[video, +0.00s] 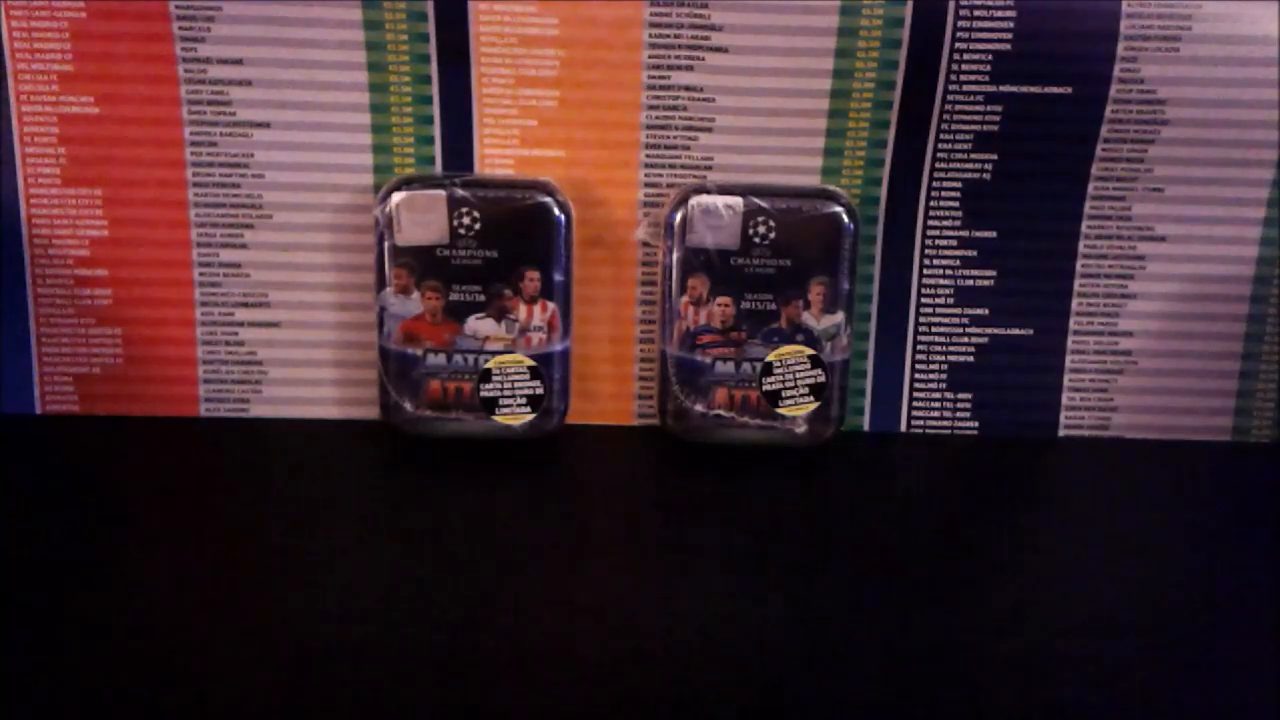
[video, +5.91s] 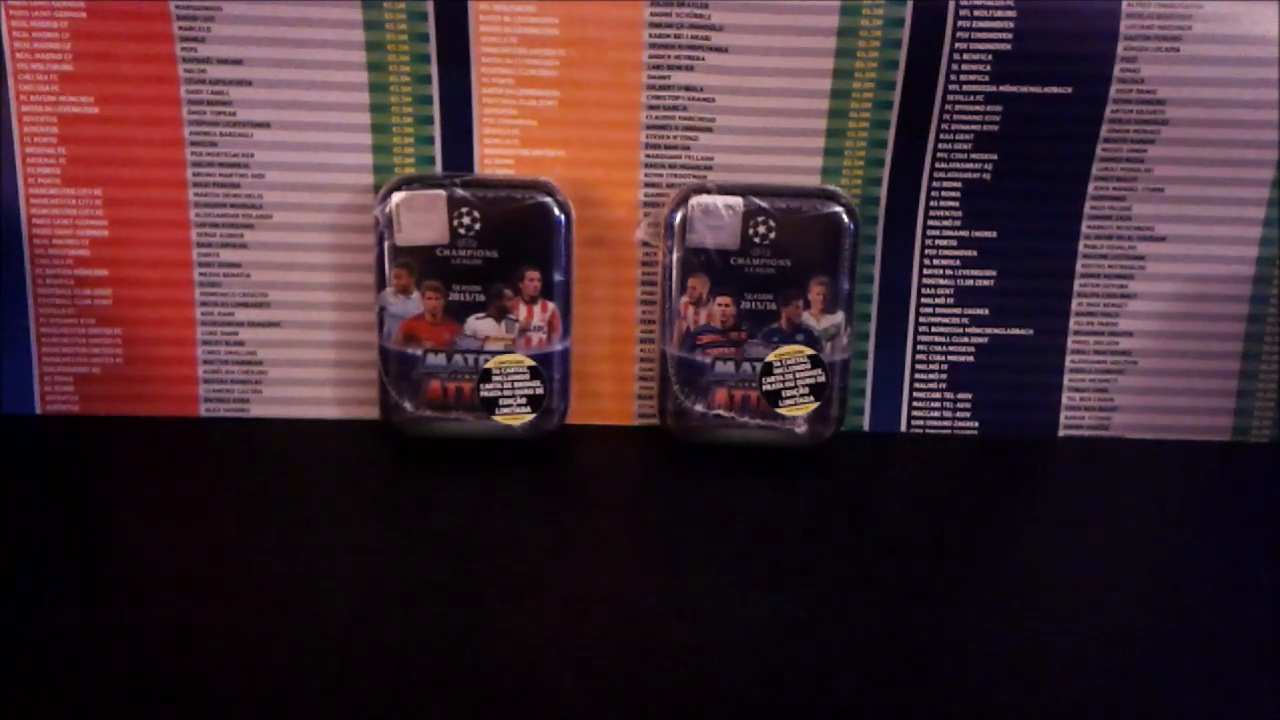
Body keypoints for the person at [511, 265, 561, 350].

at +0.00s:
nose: (536, 285)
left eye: (538, 281)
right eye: (531, 280)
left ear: (541, 283)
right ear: (521, 284)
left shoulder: (551, 308)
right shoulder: (512, 306)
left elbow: (556, 337)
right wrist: (520, 329)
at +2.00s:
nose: (536, 285)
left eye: (538, 281)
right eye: (531, 280)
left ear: (541, 283)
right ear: (521, 284)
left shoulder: (551, 308)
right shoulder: (512, 306)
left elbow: (556, 336)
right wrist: (521, 329)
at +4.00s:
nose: (536, 285)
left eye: (538, 281)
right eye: (531, 280)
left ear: (541, 283)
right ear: (521, 284)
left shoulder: (551, 308)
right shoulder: (512, 305)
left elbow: (556, 336)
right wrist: (519, 328)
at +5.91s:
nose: (536, 285)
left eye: (538, 281)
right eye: (531, 280)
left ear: (541, 283)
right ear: (521, 284)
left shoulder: (550, 308)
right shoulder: (512, 305)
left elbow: (556, 336)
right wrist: (520, 328)